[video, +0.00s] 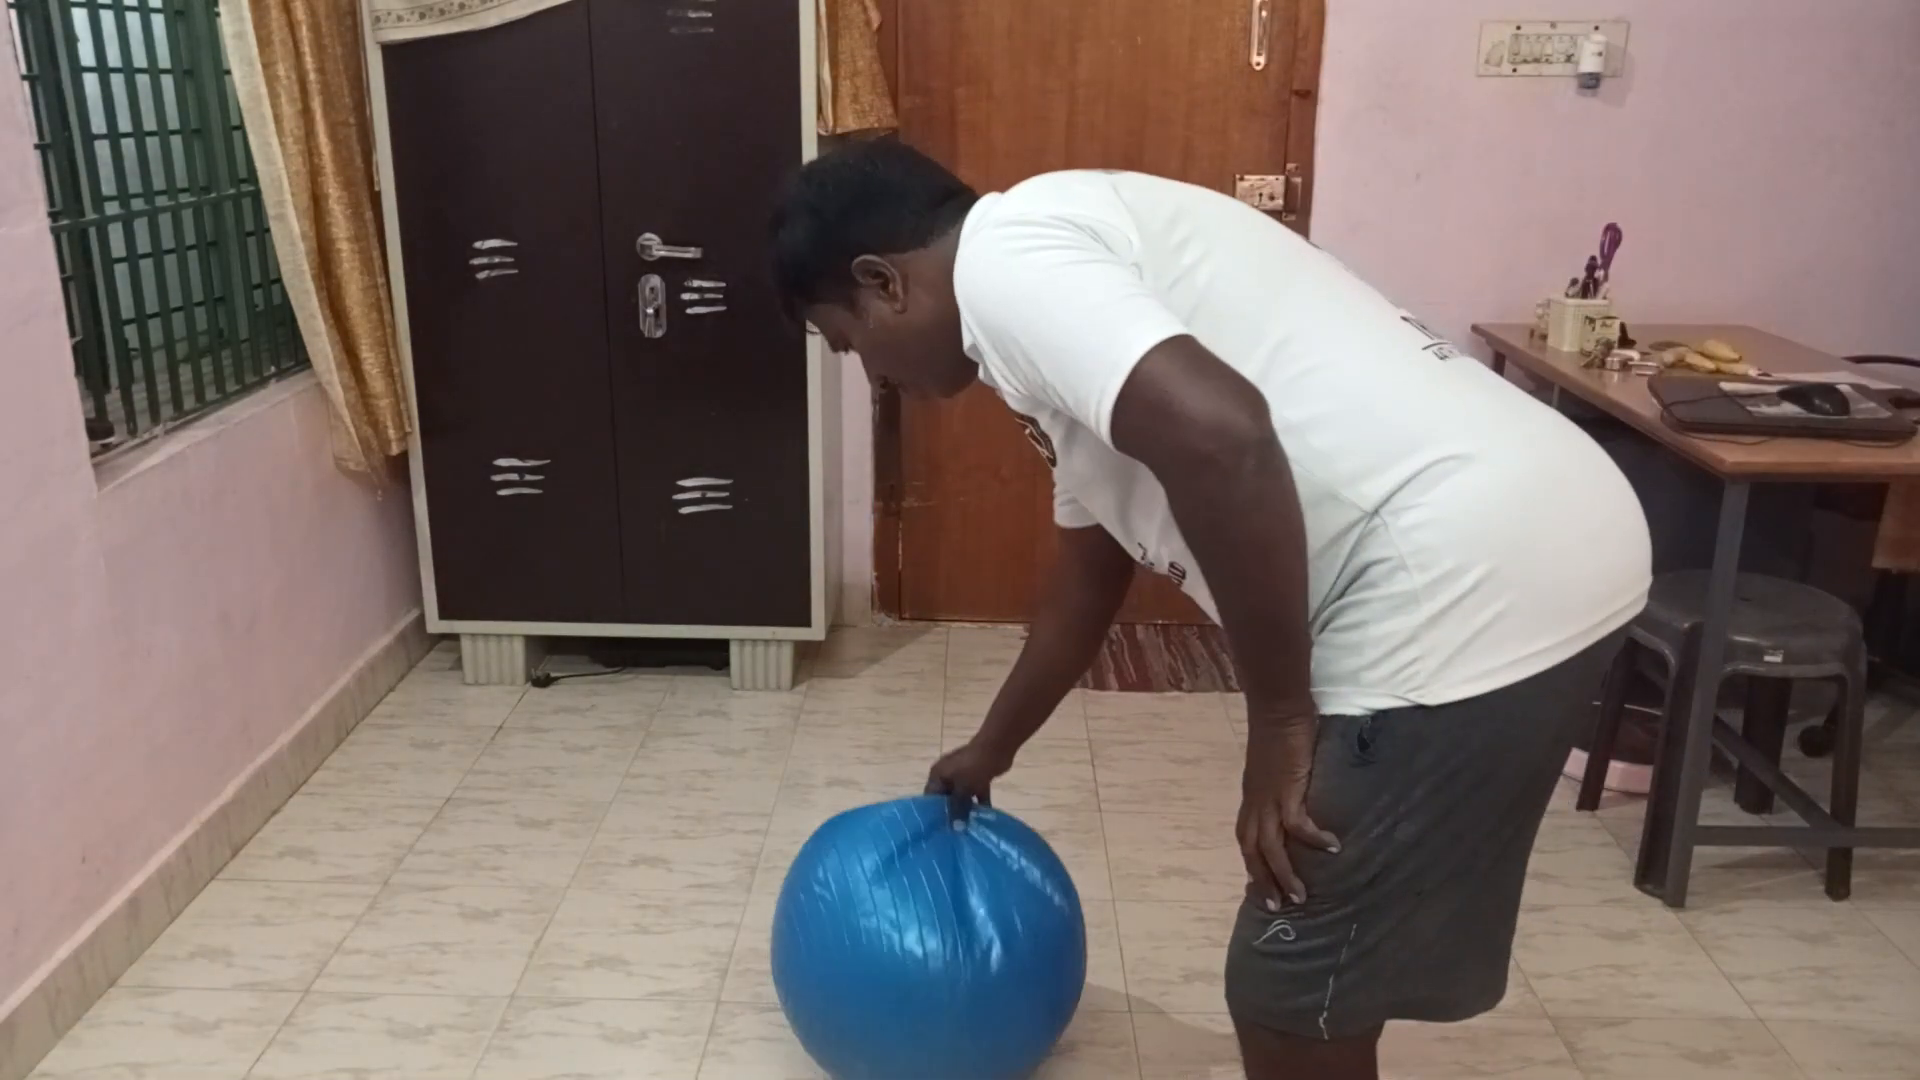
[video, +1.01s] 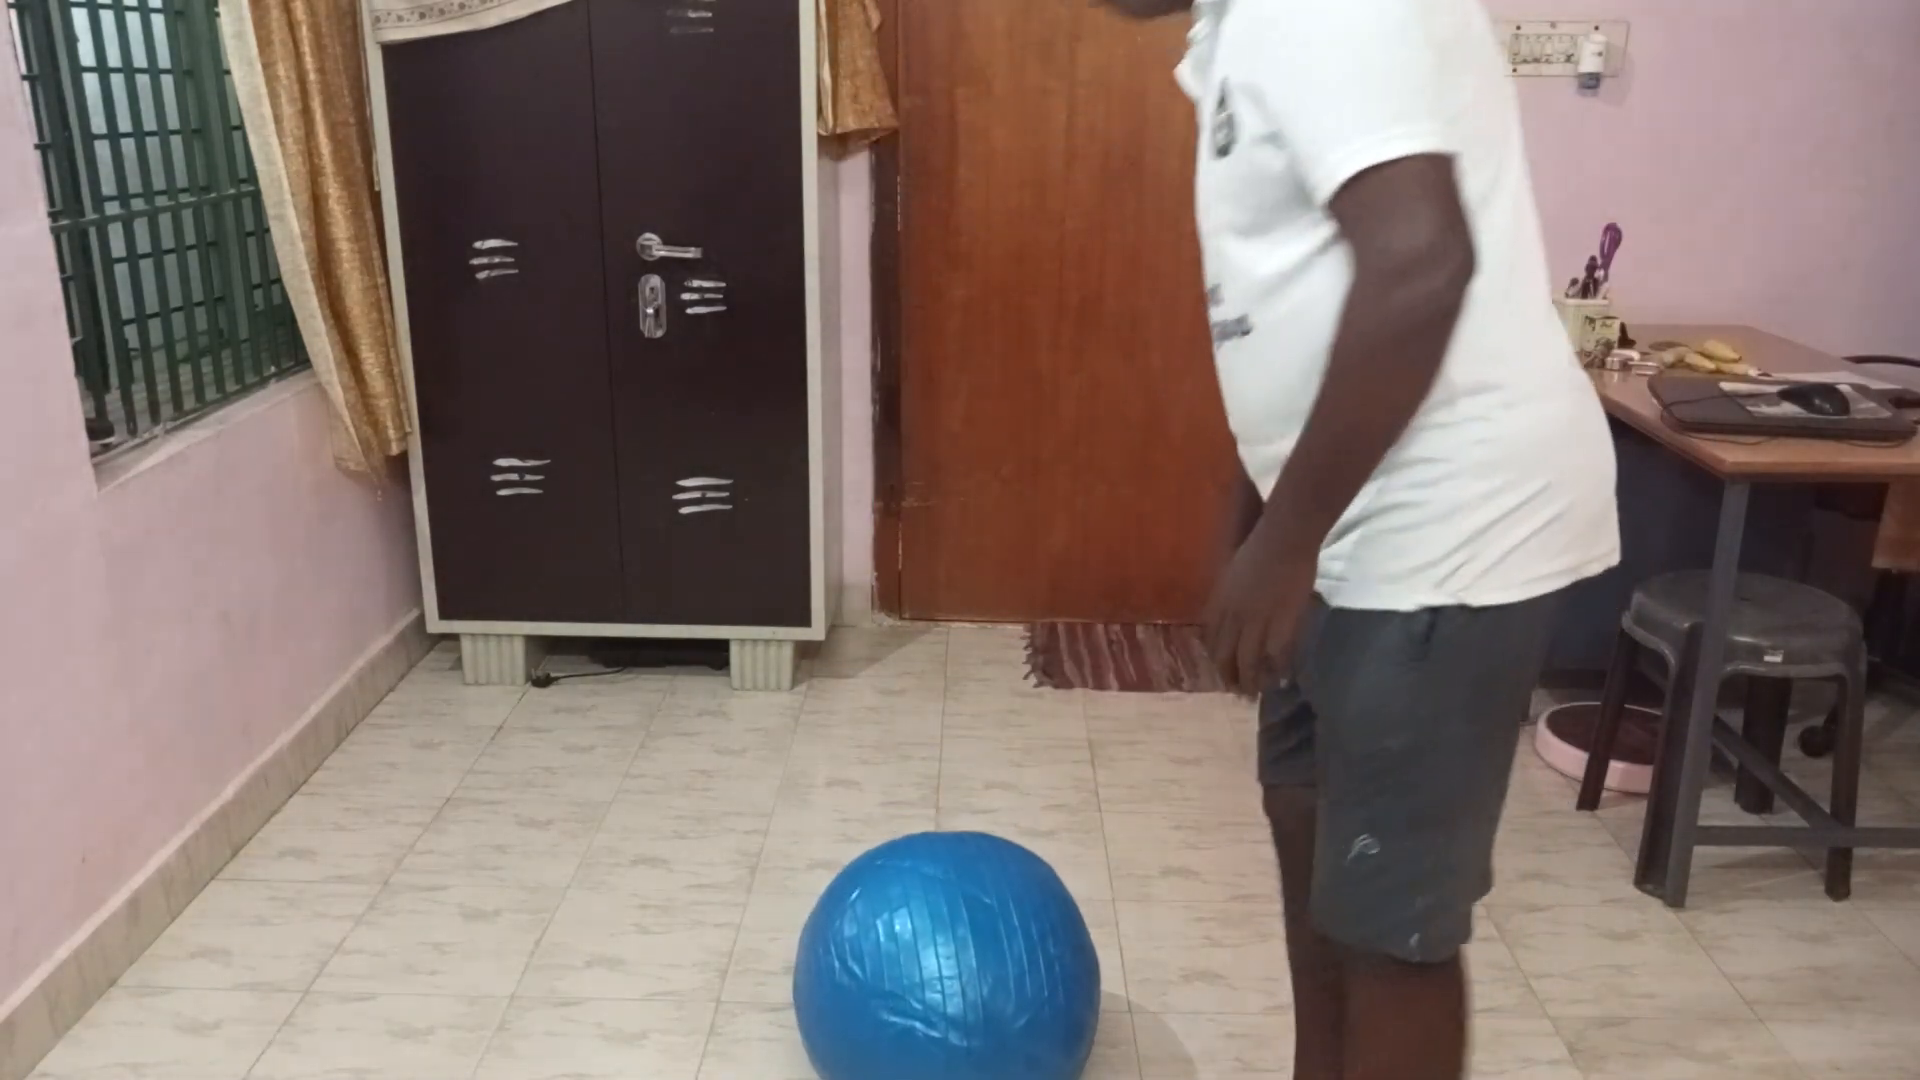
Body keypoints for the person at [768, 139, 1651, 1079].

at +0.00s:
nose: (873, 379)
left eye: (847, 341)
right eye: (845, 355)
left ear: (884, 279)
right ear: (902, 260)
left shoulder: (1007, 259)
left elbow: (1221, 438)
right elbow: (1086, 576)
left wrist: (1278, 723)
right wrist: (992, 744)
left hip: (1459, 584)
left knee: (1290, 988)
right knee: (1318, 977)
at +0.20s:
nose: (879, 393)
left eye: (855, 356)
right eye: (853, 368)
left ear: (891, 293)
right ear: (902, 280)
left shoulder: (1012, 267)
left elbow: (1224, 436)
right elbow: (1067, 576)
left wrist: (1279, 726)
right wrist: (997, 763)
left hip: (1460, 579)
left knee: (1287, 991)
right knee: (1316, 976)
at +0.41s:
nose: (879, 323)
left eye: (861, 283)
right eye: (856, 295)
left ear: (911, 223)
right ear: (922, 215)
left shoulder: (1034, 223)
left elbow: (1233, 430)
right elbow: (1103, 532)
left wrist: (1280, 722)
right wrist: (1013, 716)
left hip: (1461, 568)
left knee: (1296, 981)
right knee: (1324, 967)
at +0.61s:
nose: (910, 188)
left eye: (903, 141)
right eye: (892, 157)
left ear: (972, 79)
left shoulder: (1087, 125)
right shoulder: (1168, 86)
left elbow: (1236, 389)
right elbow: (1204, 434)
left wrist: (1265, 692)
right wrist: (1102, 651)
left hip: (1438, 563)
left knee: (1306, 979)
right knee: (1328, 970)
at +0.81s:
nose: (988, 43)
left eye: (994, 6)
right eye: (977, 21)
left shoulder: (1185, 48)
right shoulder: (1224, 34)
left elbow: (1306, 324)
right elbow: (1261, 348)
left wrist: (1258, 630)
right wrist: (1210, 596)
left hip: (1418, 546)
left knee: (1322, 967)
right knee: (1331, 956)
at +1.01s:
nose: (1117, 6)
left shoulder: (1321, 15)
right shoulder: (1241, 33)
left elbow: (1418, 261)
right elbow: (1303, 295)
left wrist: (1288, 542)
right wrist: (1251, 526)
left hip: (1449, 529)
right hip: (1357, 522)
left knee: (1391, 916)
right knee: (1311, 823)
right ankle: (1324, 1063)